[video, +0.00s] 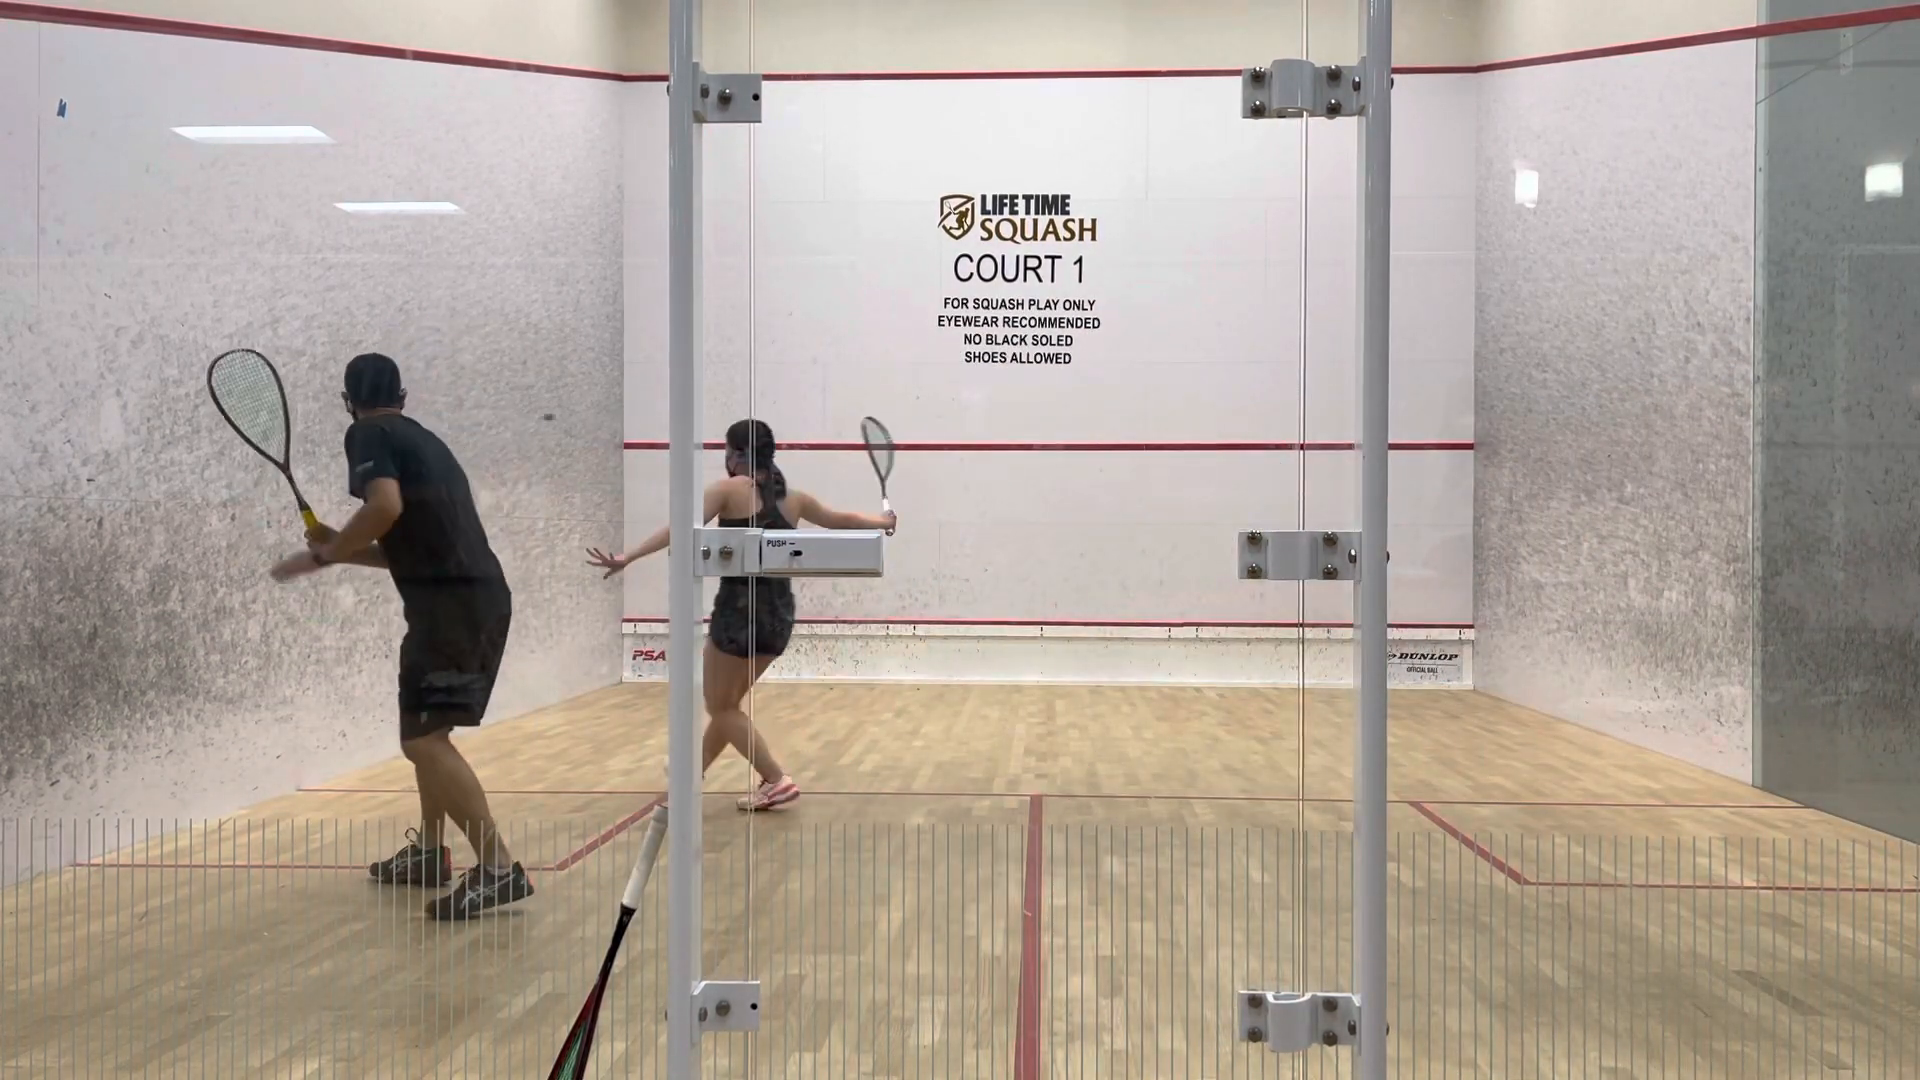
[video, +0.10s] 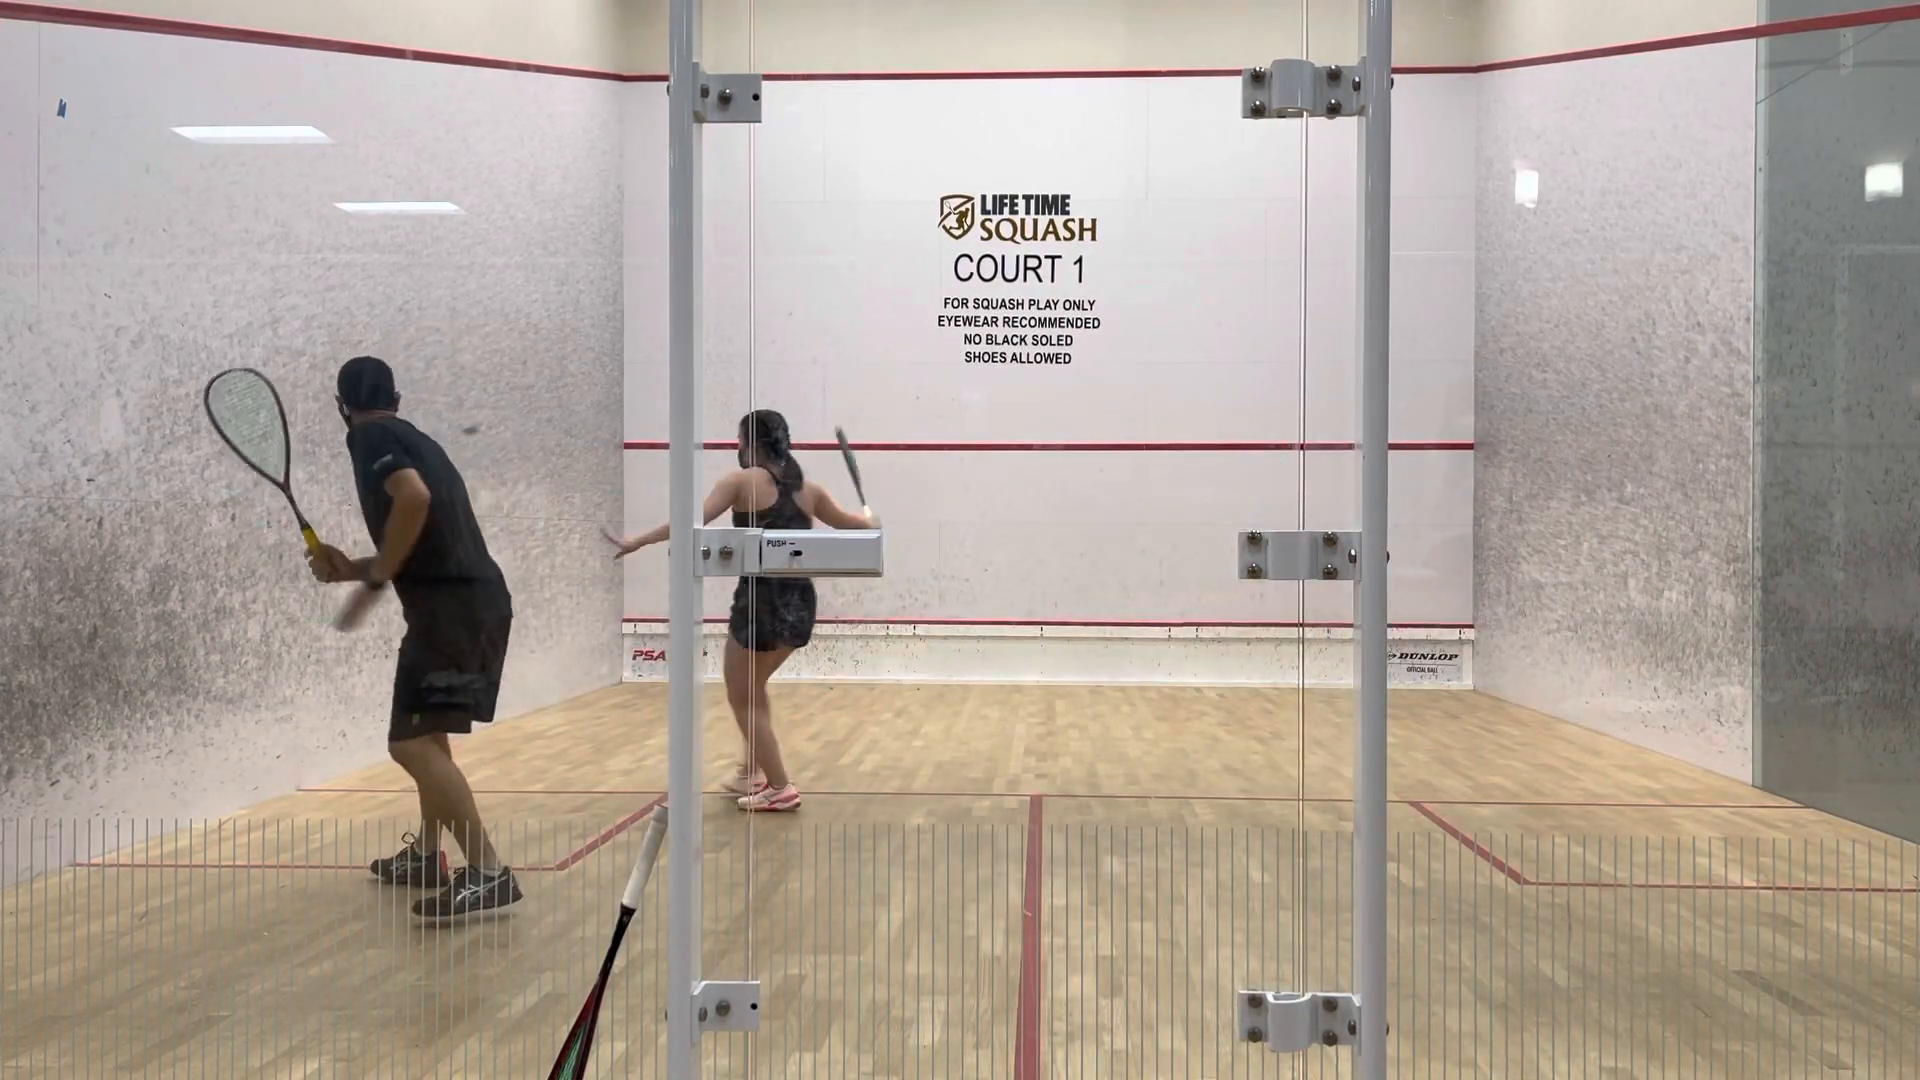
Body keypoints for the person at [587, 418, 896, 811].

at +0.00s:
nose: (725, 457)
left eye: (727, 450)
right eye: (727, 450)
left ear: (736, 453)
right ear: (769, 452)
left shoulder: (726, 490)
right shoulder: (792, 497)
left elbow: (678, 529)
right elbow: (837, 519)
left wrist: (627, 556)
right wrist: (883, 521)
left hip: (737, 611)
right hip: (780, 614)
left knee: (721, 706)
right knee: (727, 707)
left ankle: (776, 780)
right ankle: (685, 781)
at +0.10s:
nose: (737, 449)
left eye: (740, 442)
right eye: (738, 442)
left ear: (751, 443)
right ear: (781, 443)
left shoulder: (741, 480)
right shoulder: (808, 489)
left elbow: (690, 522)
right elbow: (844, 521)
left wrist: (635, 542)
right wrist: (867, 519)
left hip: (759, 603)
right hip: (800, 603)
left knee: (744, 700)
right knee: (753, 685)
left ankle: (780, 788)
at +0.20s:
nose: (754, 444)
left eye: (757, 437)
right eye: (754, 437)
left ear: (771, 437)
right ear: (798, 435)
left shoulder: (755, 477)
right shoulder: (823, 482)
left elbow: (718, 522)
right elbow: (855, 532)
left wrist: (670, 533)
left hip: (777, 601)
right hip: (820, 599)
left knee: (760, 696)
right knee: (790, 684)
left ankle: (781, 788)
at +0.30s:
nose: (767, 441)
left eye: (771, 434)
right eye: (768, 434)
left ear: (791, 435)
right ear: (809, 434)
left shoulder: (774, 476)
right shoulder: (839, 482)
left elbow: (759, 530)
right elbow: (857, 538)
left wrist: (728, 538)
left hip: (796, 599)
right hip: (840, 597)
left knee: (771, 693)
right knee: (835, 695)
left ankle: (780, 787)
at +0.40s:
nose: (785, 448)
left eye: (790, 441)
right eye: (786, 441)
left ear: (810, 444)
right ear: (825, 443)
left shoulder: (800, 484)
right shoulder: (855, 482)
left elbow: (794, 549)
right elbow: (868, 540)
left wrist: (751, 550)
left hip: (821, 604)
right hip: (863, 602)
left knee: (783, 693)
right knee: (879, 703)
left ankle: (781, 788)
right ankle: (942, 775)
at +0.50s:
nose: (807, 457)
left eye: (813, 450)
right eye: (808, 450)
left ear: (836, 452)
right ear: (845, 453)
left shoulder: (828, 493)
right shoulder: (874, 489)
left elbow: (832, 558)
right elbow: (893, 559)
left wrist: (779, 556)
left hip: (848, 615)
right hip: (889, 612)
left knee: (801, 699)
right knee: (904, 713)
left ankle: (784, 788)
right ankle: (957, 795)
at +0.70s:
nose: (828, 446)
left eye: (834, 438)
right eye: (827, 438)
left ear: (858, 439)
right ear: (866, 441)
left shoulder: (850, 480)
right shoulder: (900, 478)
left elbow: (850, 551)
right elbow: (924, 548)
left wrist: (796, 553)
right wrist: (881, 573)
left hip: (868, 607)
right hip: (908, 604)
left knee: (810, 692)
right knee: (916, 710)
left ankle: (819, 793)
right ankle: (960, 799)